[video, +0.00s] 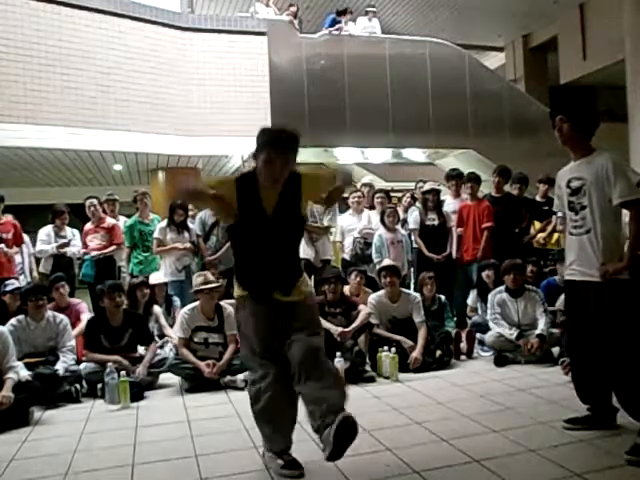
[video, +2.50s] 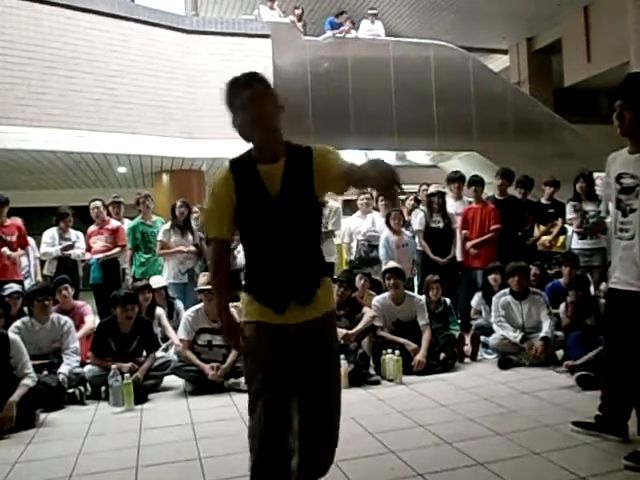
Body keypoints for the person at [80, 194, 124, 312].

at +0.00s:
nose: (92, 209)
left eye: (95, 206)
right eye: (89, 207)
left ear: (100, 207)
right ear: (87, 210)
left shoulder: (112, 224)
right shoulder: (87, 227)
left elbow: (118, 244)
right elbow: (84, 245)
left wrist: (101, 253)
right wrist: (84, 251)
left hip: (107, 259)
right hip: (91, 260)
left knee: (110, 291)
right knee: (94, 293)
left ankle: (112, 318)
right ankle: (98, 319)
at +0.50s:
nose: (92, 209)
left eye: (95, 206)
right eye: (89, 207)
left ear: (100, 207)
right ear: (87, 210)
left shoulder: (112, 224)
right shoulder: (87, 228)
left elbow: (118, 244)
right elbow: (85, 246)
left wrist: (99, 254)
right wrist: (83, 252)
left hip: (108, 260)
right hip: (92, 261)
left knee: (109, 292)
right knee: (95, 294)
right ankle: (99, 320)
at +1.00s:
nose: (87, 211)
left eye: (89, 208)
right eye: (85, 208)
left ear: (99, 207)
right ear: (85, 210)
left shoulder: (113, 224)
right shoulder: (87, 227)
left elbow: (119, 244)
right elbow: (85, 246)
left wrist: (101, 253)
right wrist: (84, 252)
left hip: (108, 260)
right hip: (93, 262)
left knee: (109, 295)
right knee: (96, 296)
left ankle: (112, 324)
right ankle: (101, 326)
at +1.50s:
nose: (92, 213)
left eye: (95, 209)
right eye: (90, 210)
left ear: (103, 209)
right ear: (88, 213)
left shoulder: (116, 226)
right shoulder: (90, 230)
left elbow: (122, 247)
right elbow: (89, 248)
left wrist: (105, 255)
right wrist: (87, 254)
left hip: (111, 262)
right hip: (96, 264)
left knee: (113, 294)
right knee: (99, 296)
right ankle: (104, 325)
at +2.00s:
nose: (93, 212)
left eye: (95, 209)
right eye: (91, 210)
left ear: (104, 209)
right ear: (89, 213)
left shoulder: (116, 226)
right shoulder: (90, 230)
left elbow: (122, 246)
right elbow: (88, 248)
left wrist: (104, 255)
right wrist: (87, 255)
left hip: (111, 261)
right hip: (95, 263)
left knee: (113, 294)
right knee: (99, 296)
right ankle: (104, 324)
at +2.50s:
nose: (96, 211)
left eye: (98, 208)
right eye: (93, 209)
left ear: (104, 209)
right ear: (90, 213)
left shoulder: (116, 226)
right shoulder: (90, 230)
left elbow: (122, 247)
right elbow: (88, 249)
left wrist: (104, 255)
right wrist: (87, 256)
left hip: (110, 262)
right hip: (95, 264)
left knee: (113, 295)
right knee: (100, 298)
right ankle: (104, 325)